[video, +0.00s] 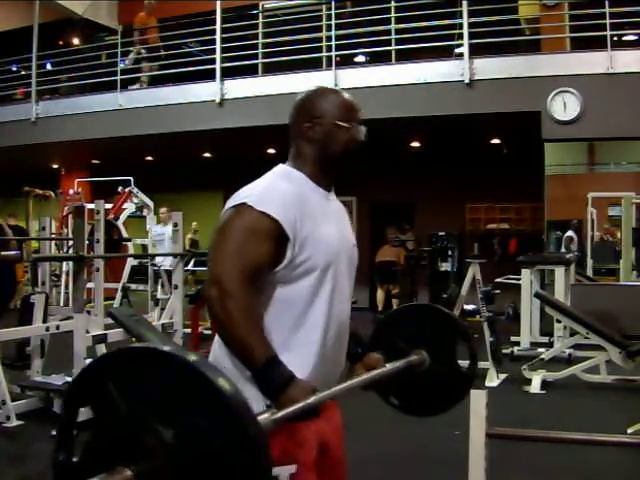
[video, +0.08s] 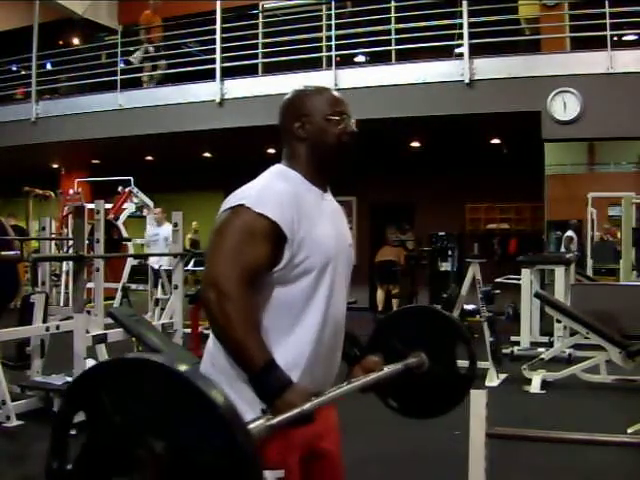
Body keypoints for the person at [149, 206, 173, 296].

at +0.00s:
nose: (161, 216)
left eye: (164, 213)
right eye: (160, 213)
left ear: (169, 214)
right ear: (158, 215)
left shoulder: (172, 227)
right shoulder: (155, 228)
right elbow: (153, 239)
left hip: (170, 254)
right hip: (158, 254)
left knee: (165, 269)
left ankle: (168, 291)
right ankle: (154, 292)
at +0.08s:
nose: (156, 216)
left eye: (158, 214)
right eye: (154, 214)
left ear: (164, 215)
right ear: (152, 215)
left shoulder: (169, 228)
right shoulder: (151, 228)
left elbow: (171, 243)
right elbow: (147, 242)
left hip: (165, 259)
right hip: (153, 259)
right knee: (153, 286)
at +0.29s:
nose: (141, 215)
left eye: (144, 212)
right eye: (140, 212)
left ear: (151, 213)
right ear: (139, 214)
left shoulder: (157, 229)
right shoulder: (136, 229)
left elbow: (159, 247)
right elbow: (132, 245)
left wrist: (156, 262)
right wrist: (132, 259)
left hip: (150, 264)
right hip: (137, 263)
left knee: (149, 292)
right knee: (139, 290)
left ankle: (147, 316)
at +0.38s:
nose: (135, 215)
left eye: (138, 212)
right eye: (135, 212)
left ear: (146, 213)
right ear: (135, 213)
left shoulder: (152, 229)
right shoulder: (132, 229)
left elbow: (153, 247)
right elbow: (129, 245)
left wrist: (147, 261)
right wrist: (128, 258)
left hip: (146, 264)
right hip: (133, 263)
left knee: (145, 291)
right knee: (130, 289)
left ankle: (145, 314)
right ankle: (136, 312)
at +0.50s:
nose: (126, 214)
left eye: (129, 212)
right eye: (126, 212)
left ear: (136, 212)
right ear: (125, 212)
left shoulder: (142, 227)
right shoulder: (126, 227)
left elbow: (144, 246)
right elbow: (117, 232)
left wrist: (134, 260)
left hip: (140, 264)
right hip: (125, 263)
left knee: (142, 291)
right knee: (120, 289)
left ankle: (144, 315)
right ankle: (119, 315)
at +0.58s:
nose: (120, 214)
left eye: (123, 212)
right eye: (119, 212)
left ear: (130, 213)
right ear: (118, 213)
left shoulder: (137, 229)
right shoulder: (116, 226)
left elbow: (138, 249)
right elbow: (111, 241)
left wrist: (124, 260)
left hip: (135, 266)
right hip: (120, 264)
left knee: (137, 294)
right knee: (116, 292)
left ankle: (140, 317)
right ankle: (110, 316)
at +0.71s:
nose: (109, 215)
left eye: (112, 212)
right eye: (109, 213)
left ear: (120, 213)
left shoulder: (126, 229)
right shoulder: (113, 228)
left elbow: (126, 249)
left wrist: (112, 262)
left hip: (124, 266)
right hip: (113, 266)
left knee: (129, 293)